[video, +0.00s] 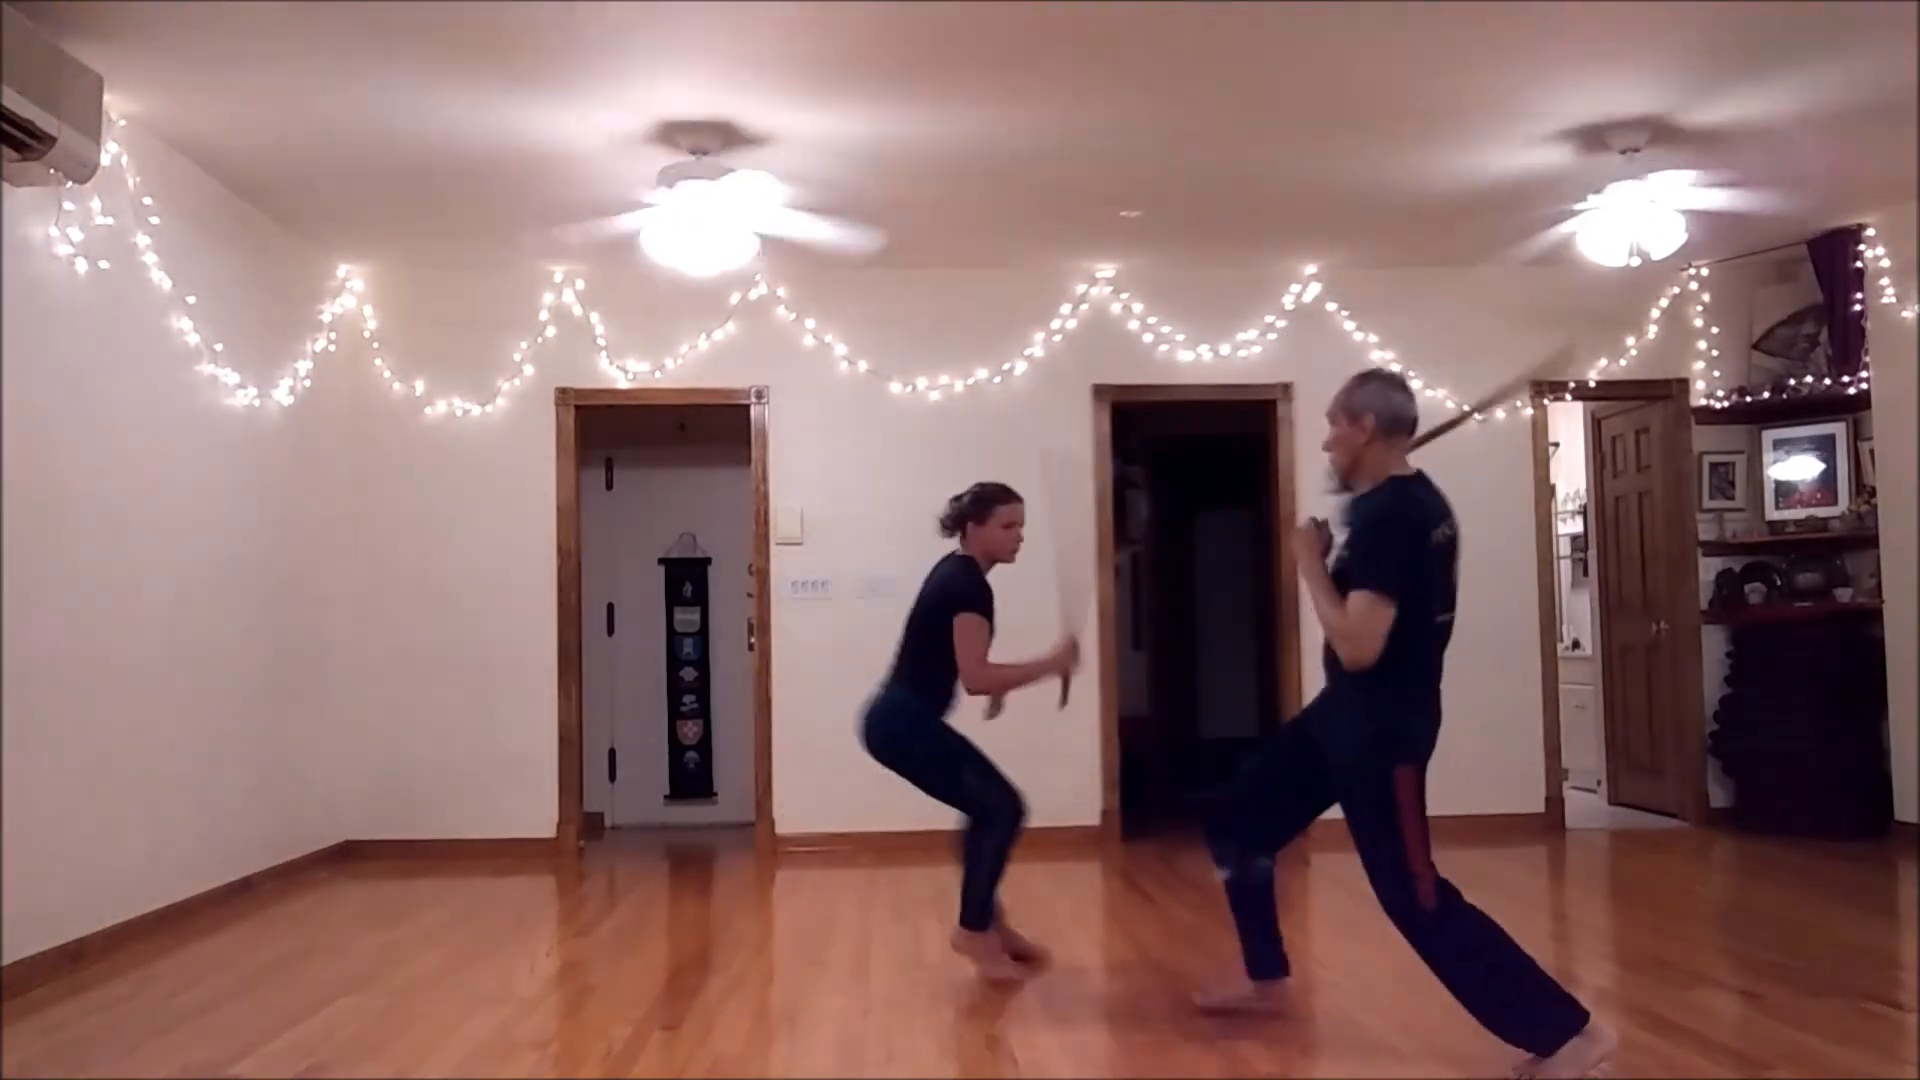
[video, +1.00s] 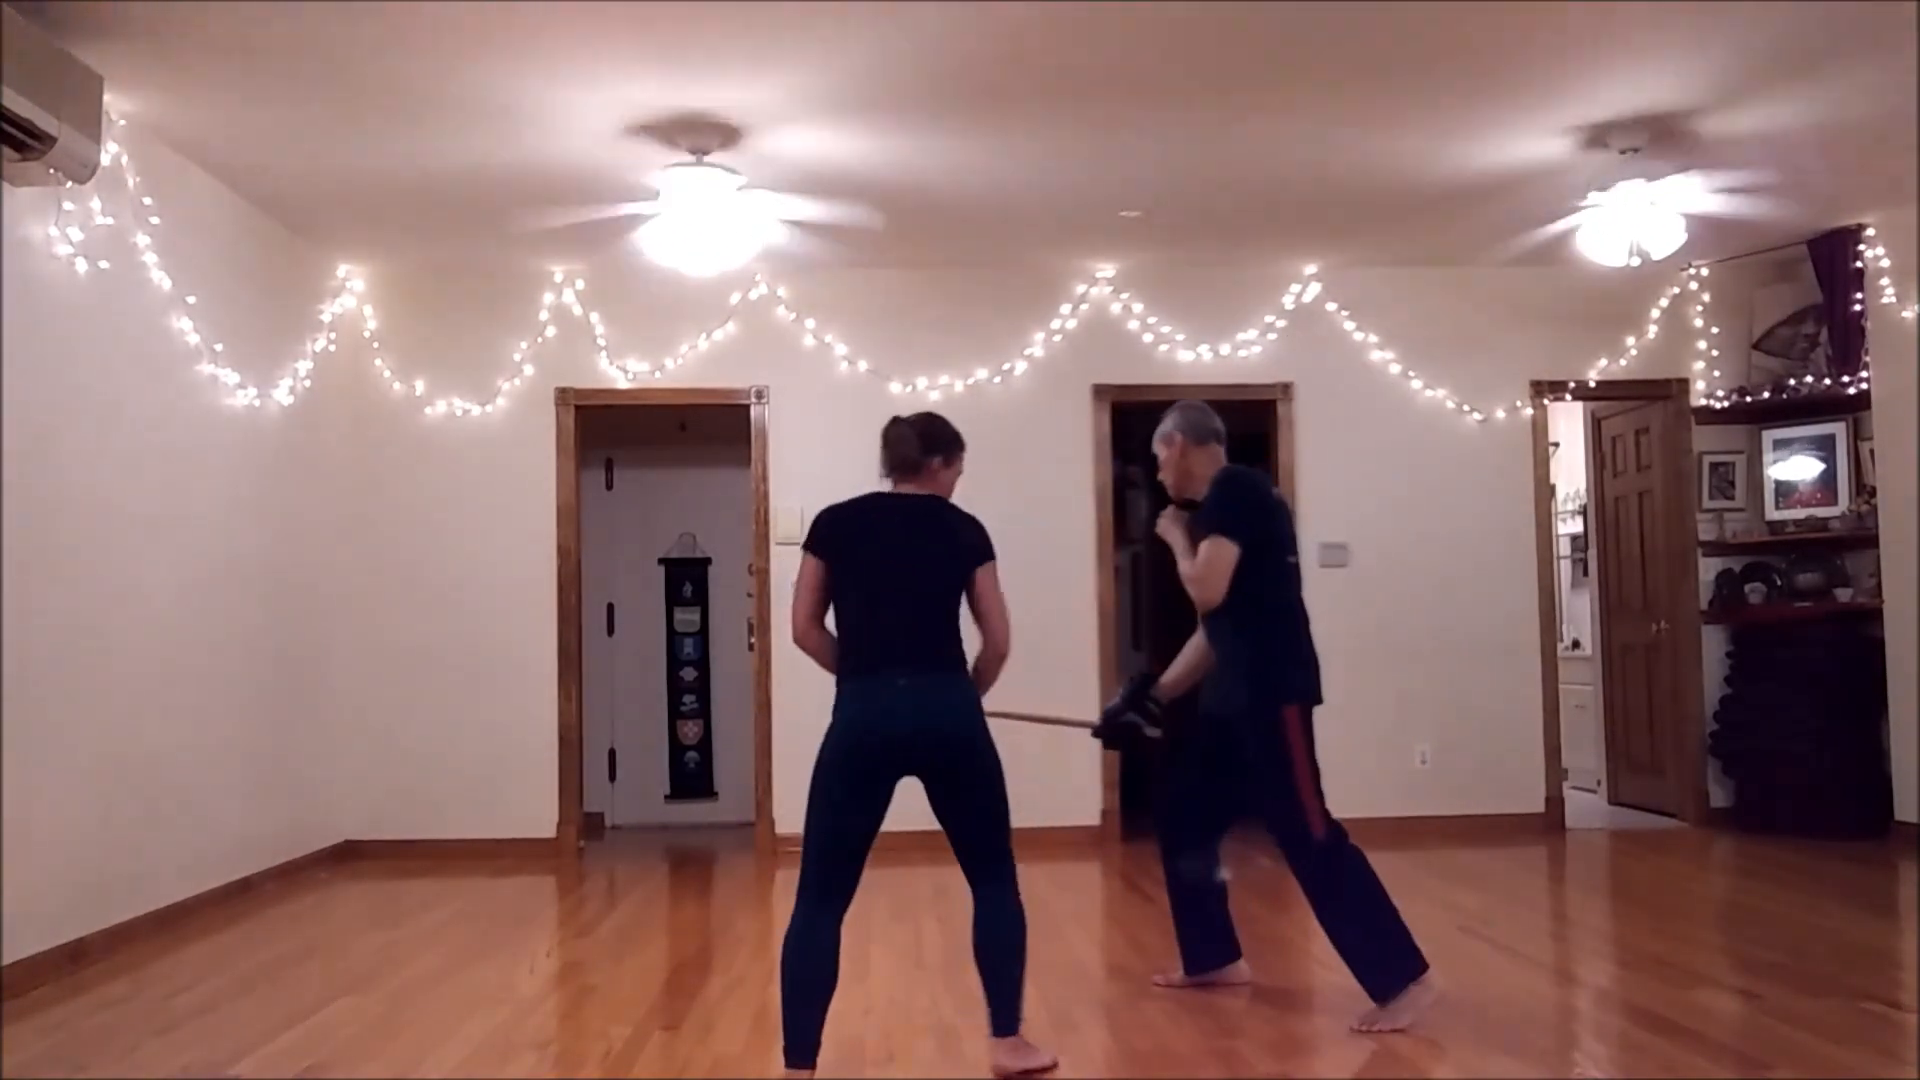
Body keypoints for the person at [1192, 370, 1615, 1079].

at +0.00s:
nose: (1325, 439)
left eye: (1333, 424)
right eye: (1329, 424)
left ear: (1364, 430)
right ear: (1383, 431)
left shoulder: (1394, 511)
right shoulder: (1410, 499)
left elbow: (1358, 646)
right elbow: (1391, 625)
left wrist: (1311, 563)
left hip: (1382, 726)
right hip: (1351, 715)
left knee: (1416, 895)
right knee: (1238, 823)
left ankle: (1568, 1034)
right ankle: (1265, 977)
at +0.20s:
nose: (1277, 441)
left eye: (1282, 430)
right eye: (1282, 430)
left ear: (1299, 435)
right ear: (1335, 439)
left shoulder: (1326, 501)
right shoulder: (1325, 501)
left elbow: (1279, 607)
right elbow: (1251, 579)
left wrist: (1263, 532)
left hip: (1344, 713)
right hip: (1314, 709)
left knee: (1407, 865)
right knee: (1238, 814)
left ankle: (1547, 1014)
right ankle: (1220, 954)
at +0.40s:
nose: (1194, 478)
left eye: (1197, 466)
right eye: (1194, 467)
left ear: (1218, 461)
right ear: (1239, 456)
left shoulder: (1267, 500)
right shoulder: (1241, 517)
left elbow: (1242, 601)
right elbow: (1191, 620)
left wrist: (1206, 546)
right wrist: (1113, 663)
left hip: (1309, 699)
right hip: (1269, 699)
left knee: (1304, 848)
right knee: (1208, 814)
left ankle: (1438, 964)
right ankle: (1216, 958)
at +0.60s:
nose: (1169, 477)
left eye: (1170, 464)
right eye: (1169, 465)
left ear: (1187, 458)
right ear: (1219, 454)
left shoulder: (1241, 497)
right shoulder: (1215, 517)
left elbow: (1215, 593)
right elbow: (1198, 636)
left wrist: (1182, 545)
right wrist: (1131, 689)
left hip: (1279, 698)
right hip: (1233, 699)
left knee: (1289, 840)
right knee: (1188, 823)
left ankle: (1402, 972)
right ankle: (1215, 961)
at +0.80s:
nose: (1159, 473)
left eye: (1160, 459)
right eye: (1157, 461)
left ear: (1182, 450)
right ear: (1206, 450)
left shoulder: (1235, 488)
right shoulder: (1220, 507)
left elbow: (1208, 589)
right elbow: (1207, 634)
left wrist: (1181, 543)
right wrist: (1142, 691)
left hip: (1273, 690)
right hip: (1232, 692)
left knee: (1303, 834)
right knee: (1186, 816)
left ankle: (1400, 975)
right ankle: (1214, 959)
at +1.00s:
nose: (1157, 470)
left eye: (1159, 456)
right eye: (1156, 458)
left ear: (1181, 447)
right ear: (1204, 446)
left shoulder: (1239, 490)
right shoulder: (1222, 507)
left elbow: (1208, 589)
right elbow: (1215, 628)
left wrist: (1178, 539)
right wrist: (1154, 694)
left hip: (1273, 691)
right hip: (1233, 692)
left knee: (1308, 834)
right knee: (1183, 811)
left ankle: (1404, 979)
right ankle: (1215, 959)